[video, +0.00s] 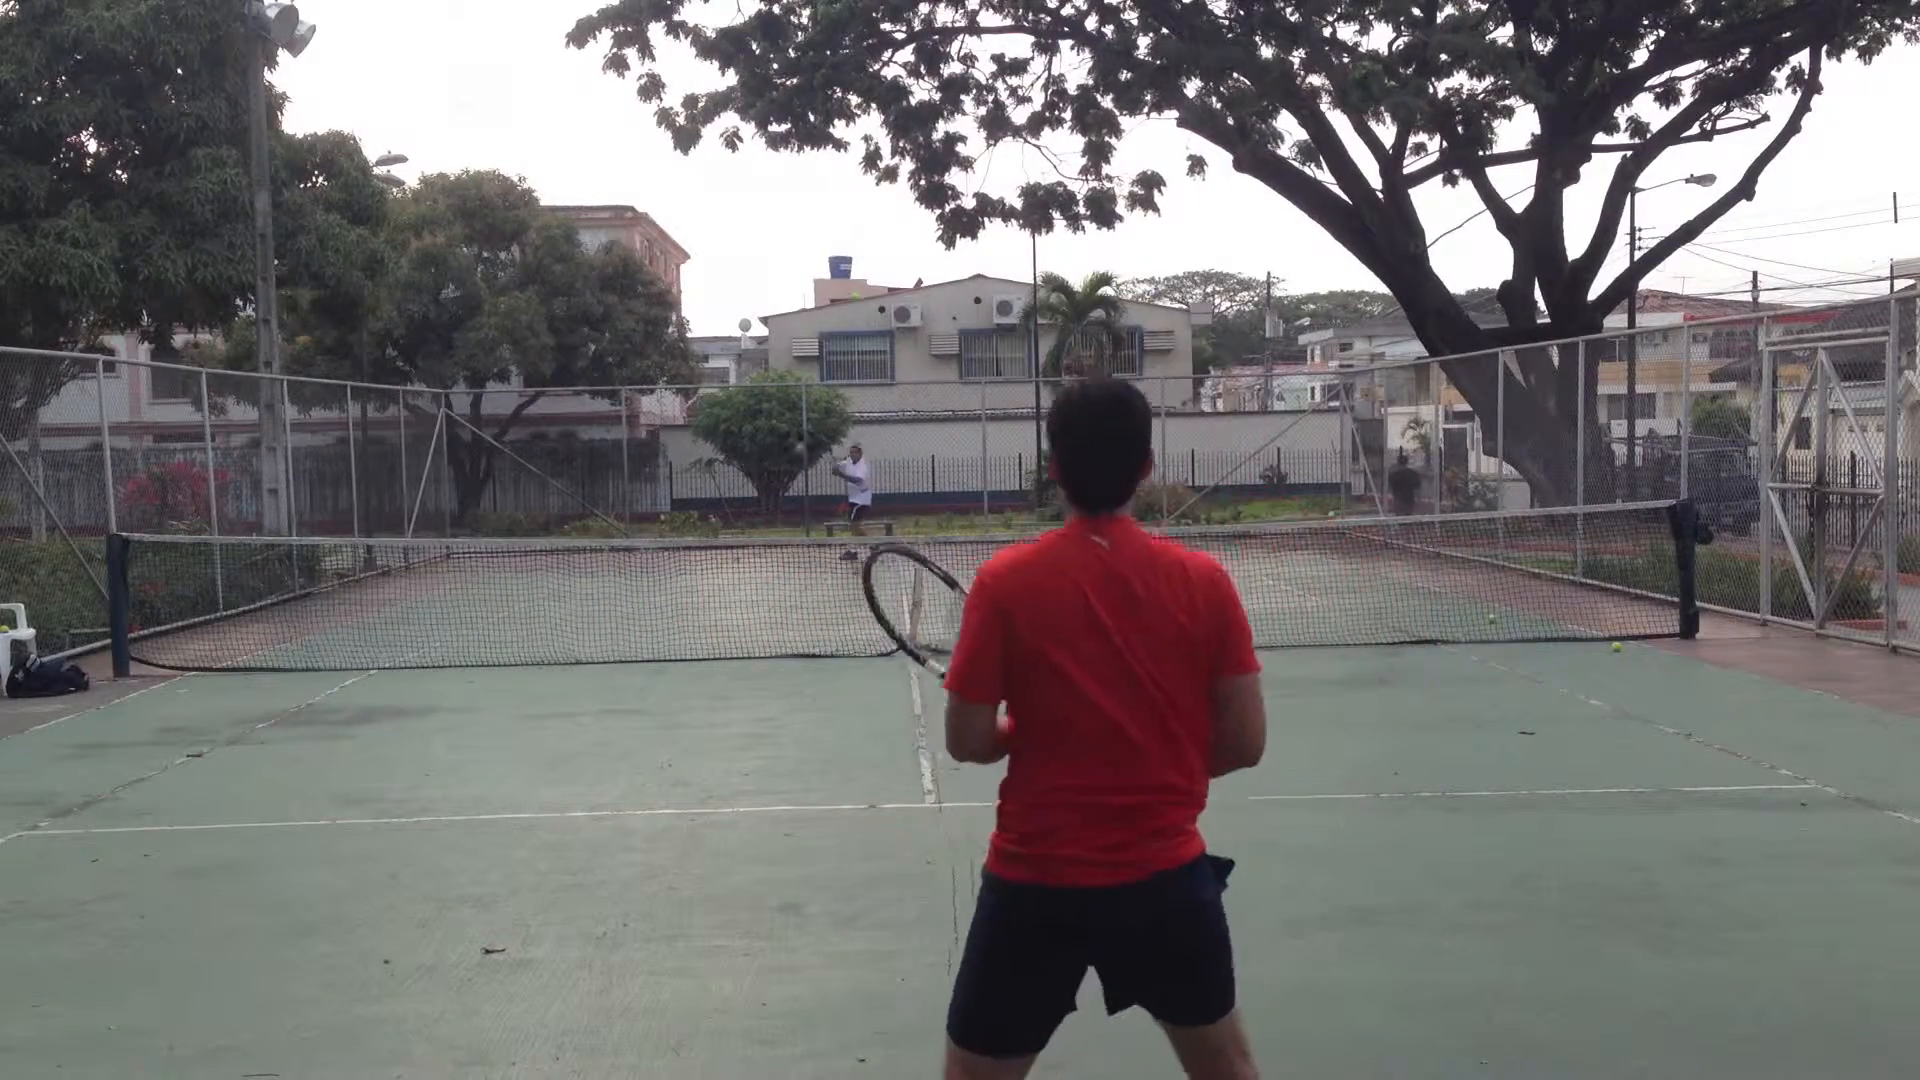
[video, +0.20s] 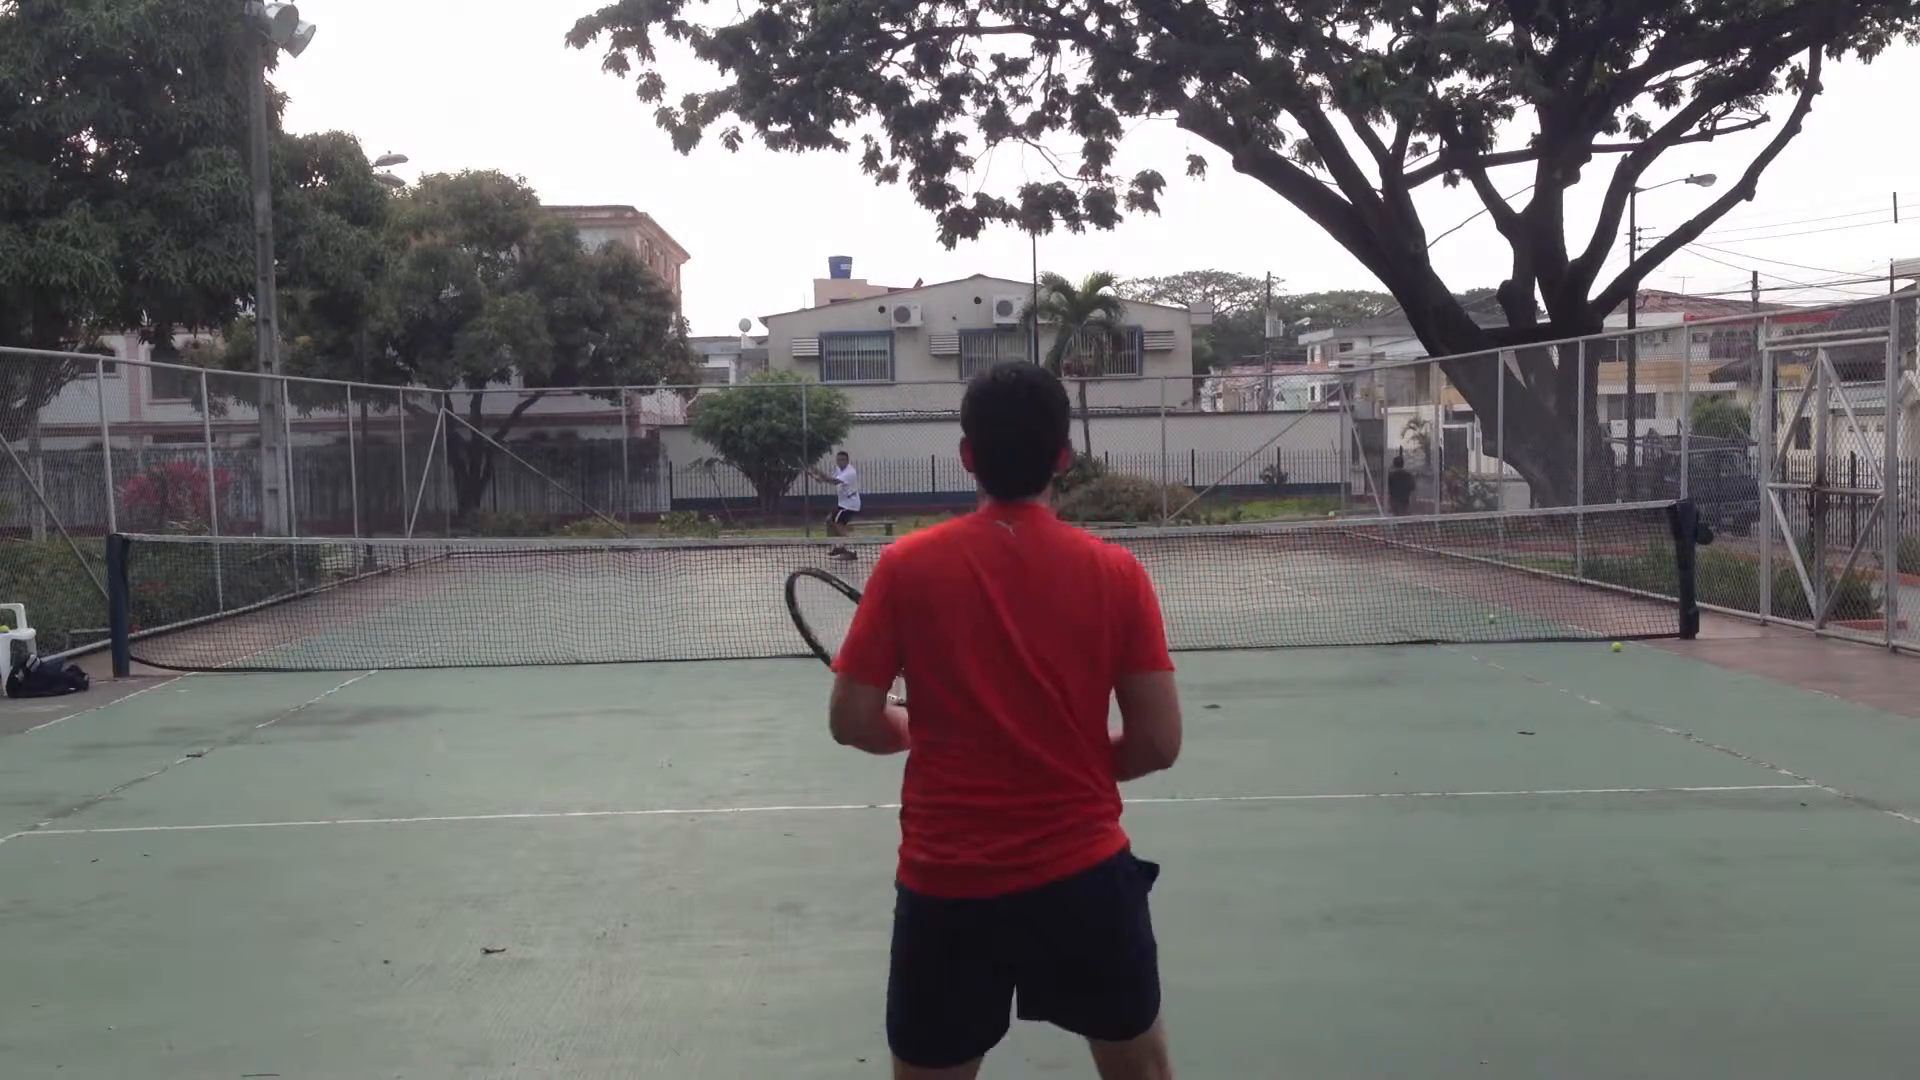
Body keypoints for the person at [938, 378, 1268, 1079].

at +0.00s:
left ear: (1055, 466)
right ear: (1145, 466)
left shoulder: (1007, 580)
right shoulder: (1202, 581)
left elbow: (967, 741)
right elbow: (1244, 742)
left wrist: (1030, 724)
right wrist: (1154, 750)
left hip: (1032, 898)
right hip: (1165, 892)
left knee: (977, 1070)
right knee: (1225, 1065)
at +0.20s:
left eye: (965, 437)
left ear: (967, 454)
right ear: (1063, 456)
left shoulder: (908, 565)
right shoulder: (1114, 572)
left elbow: (852, 720)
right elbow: (1157, 742)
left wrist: (923, 727)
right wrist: (1072, 761)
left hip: (947, 899)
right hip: (1085, 892)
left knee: (929, 1071)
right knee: (1141, 1069)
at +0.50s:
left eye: (885, 431)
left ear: (889, 449)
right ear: (994, 447)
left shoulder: (851, 576)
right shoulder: (1062, 570)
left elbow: (807, 759)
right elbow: (1122, 741)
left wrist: (857, 758)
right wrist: (1030, 775)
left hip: (884, 919)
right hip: (1023, 918)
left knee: (816, 1069)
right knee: (1038, 1071)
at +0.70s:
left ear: (808, 479)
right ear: (917, 478)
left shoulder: (754, 605)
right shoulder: (984, 601)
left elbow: (708, 786)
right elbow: (1057, 771)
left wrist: (784, 807)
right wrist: (965, 817)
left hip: (796, 973)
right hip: (949, 970)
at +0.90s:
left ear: (728, 475)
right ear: (837, 473)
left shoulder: (669, 599)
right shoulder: (907, 588)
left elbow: (602, 775)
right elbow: (974, 761)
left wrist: (680, 816)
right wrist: (890, 824)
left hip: (730, 968)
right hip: (889, 958)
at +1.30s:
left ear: (772, 485)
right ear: (885, 481)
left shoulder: (710, 615)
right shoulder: (954, 597)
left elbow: (645, 790)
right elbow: (1026, 779)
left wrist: (745, 851)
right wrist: (938, 859)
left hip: (770, 989)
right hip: (935, 975)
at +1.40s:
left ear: (843, 491)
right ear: (959, 487)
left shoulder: (782, 624)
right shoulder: (1013, 611)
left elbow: (712, 795)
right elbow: (1077, 798)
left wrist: (817, 844)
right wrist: (1009, 883)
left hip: (820, 1000)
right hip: (982, 994)